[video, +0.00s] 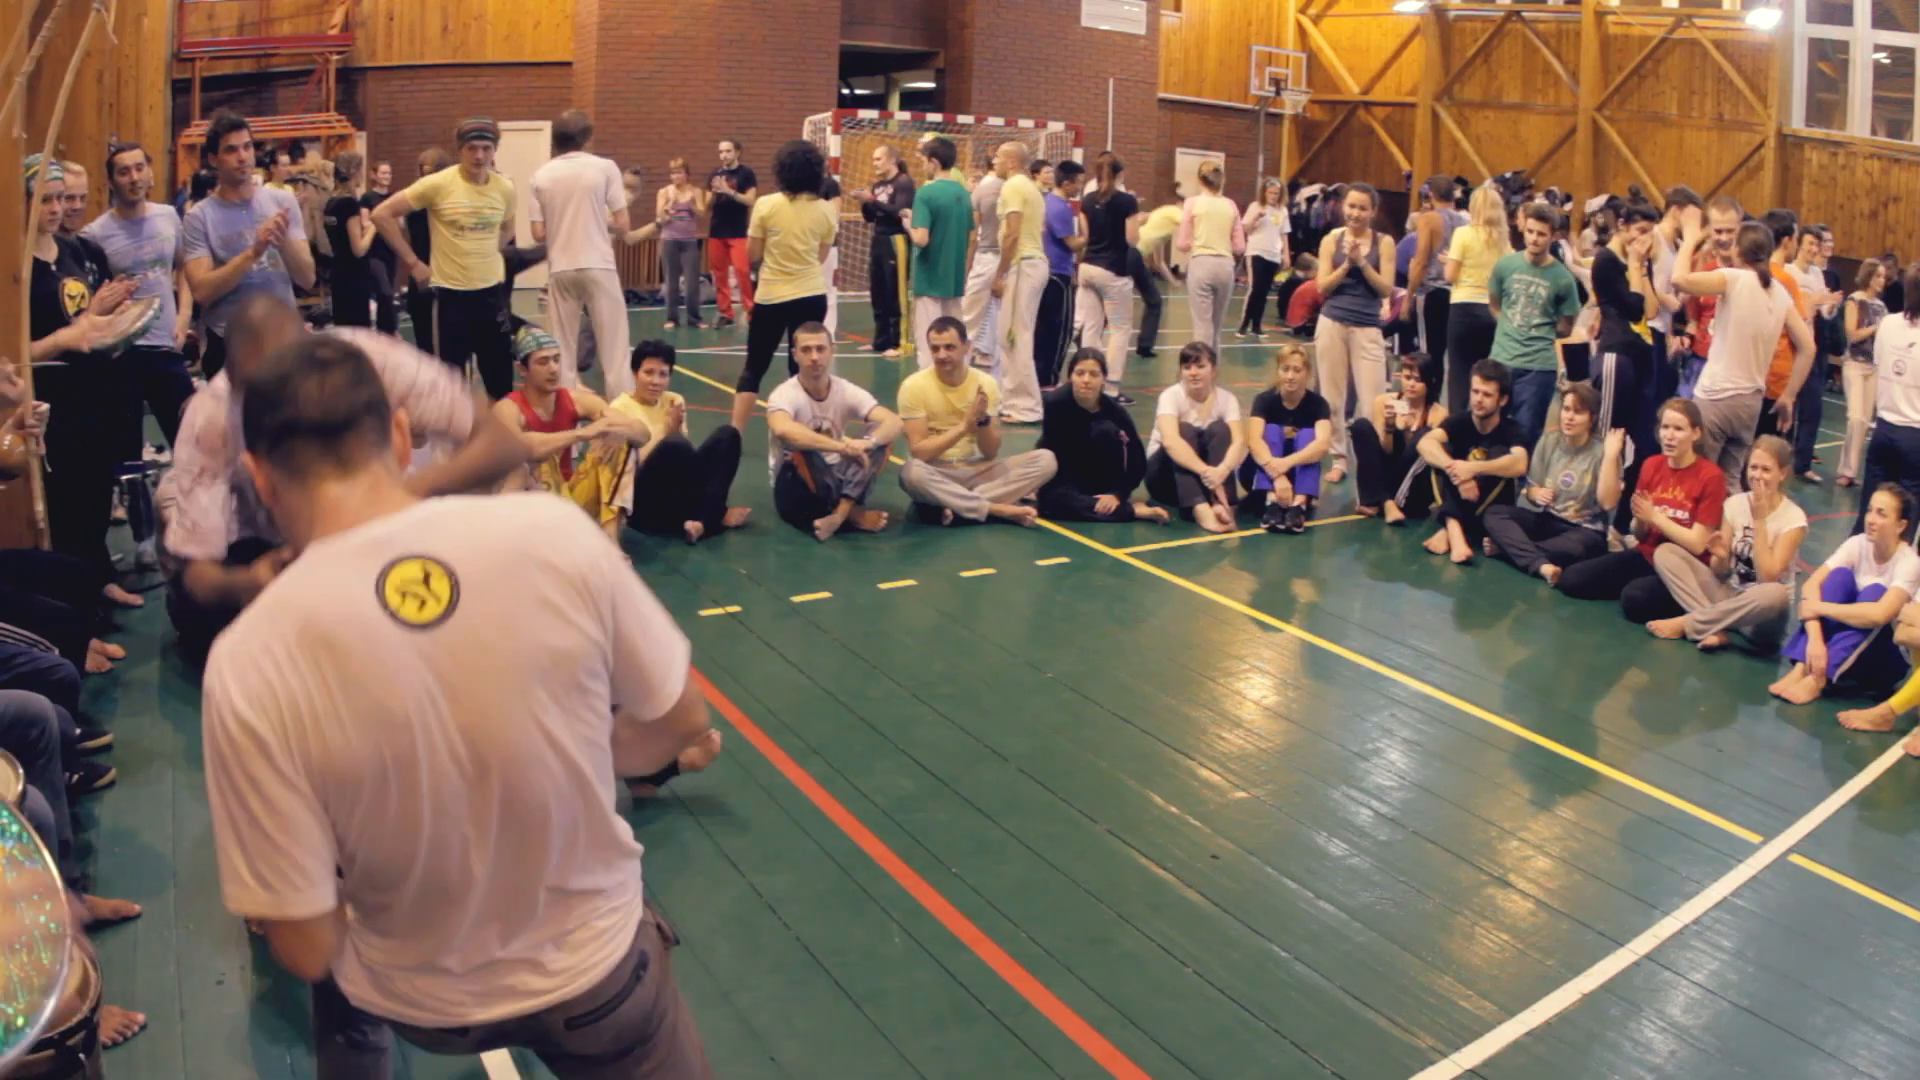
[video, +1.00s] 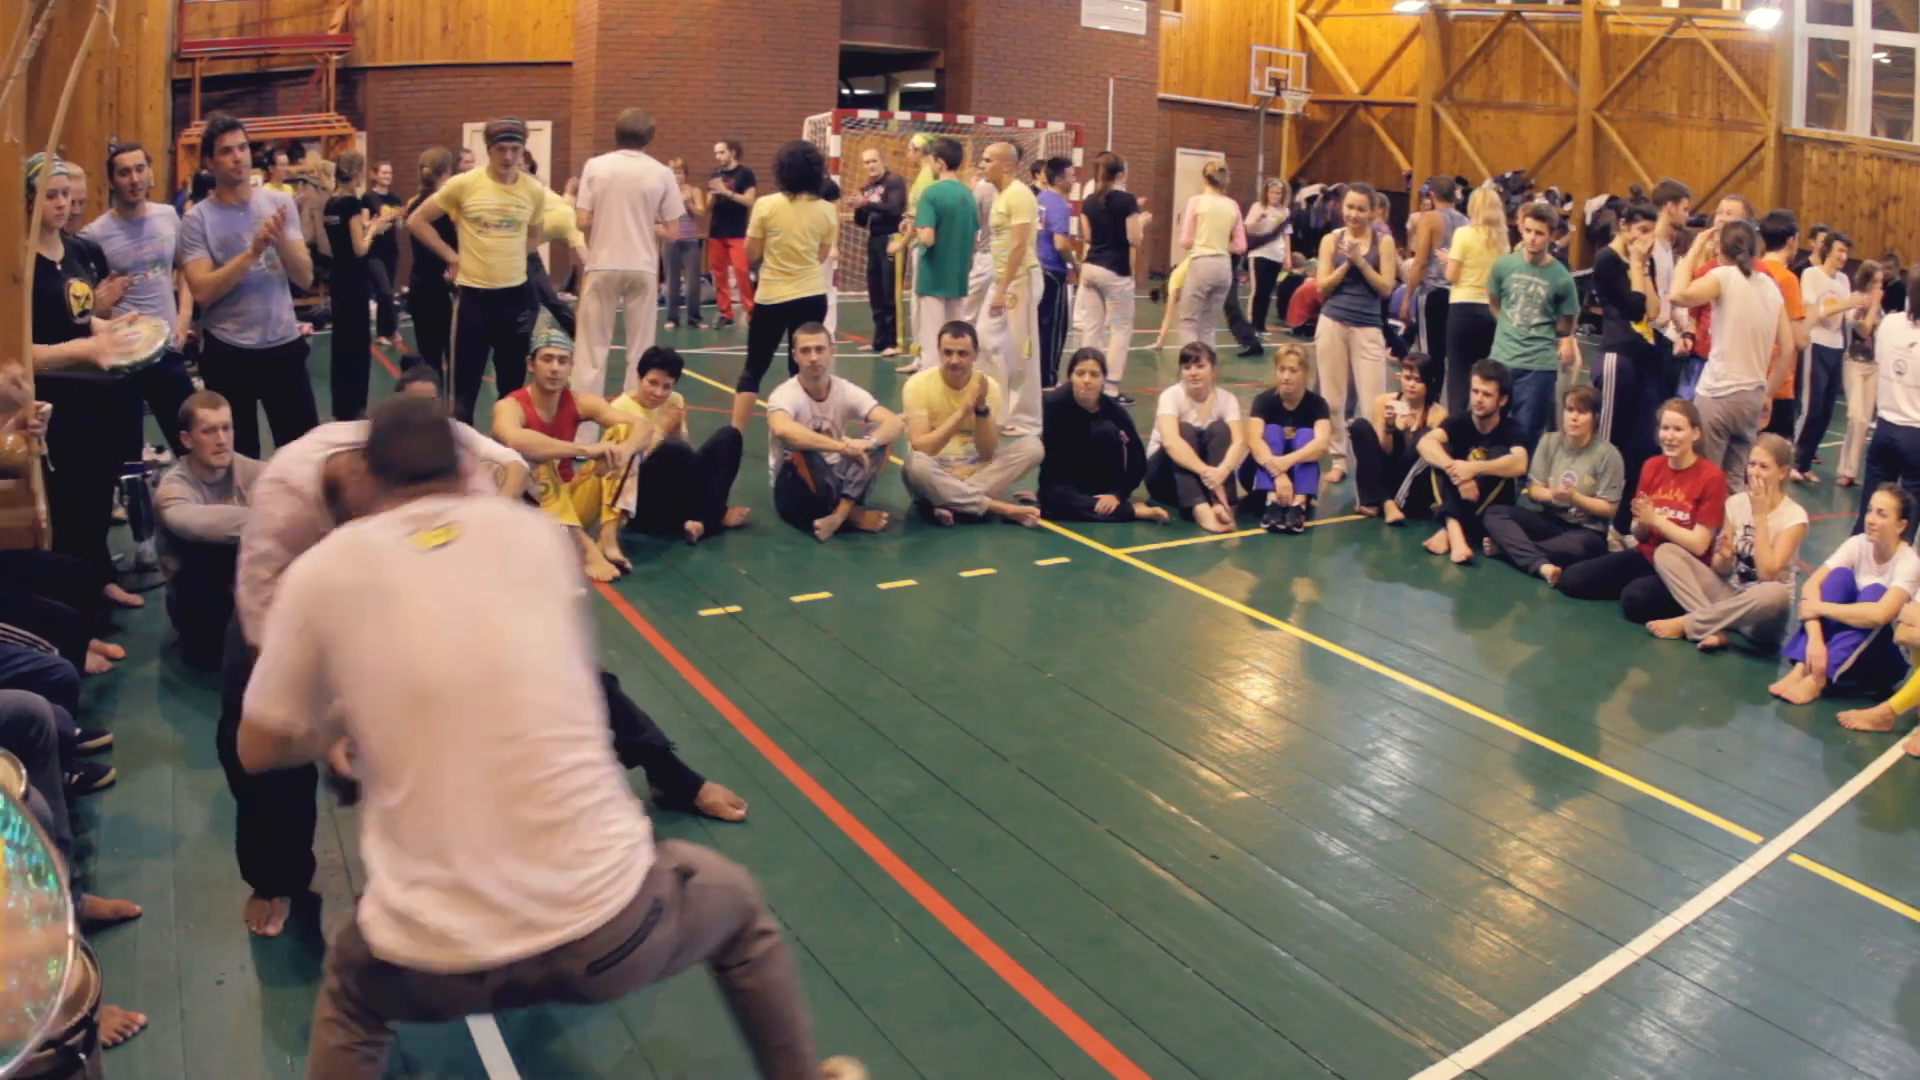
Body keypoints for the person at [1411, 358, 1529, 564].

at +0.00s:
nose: (1479, 400)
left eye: (1487, 395)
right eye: (1475, 392)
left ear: (1503, 400)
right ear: (1469, 392)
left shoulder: (1510, 429)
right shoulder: (1459, 420)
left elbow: (1520, 465)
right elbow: (1426, 444)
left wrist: (1473, 467)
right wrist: (1459, 475)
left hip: (1492, 509)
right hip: (1454, 504)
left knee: (1500, 456)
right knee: (1437, 455)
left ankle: (1449, 528)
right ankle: (1454, 530)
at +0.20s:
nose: (1478, 399)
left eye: (1487, 395)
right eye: (1475, 392)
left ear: (1503, 400)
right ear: (1469, 391)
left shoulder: (1511, 429)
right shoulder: (1459, 421)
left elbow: (1520, 465)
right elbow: (1425, 443)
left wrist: (1473, 468)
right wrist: (1459, 475)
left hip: (1492, 511)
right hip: (1454, 505)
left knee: (1499, 455)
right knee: (1438, 454)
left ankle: (1449, 528)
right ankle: (1454, 528)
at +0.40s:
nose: (1478, 399)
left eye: (1487, 395)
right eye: (1475, 392)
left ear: (1503, 401)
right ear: (1469, 392)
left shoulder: (1511, 429)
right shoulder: (1460, 421)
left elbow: (1519, 463)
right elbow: (1426, 444)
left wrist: (1473, 468)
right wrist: (1459, 475)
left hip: (1493, 510)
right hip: (1455, 504)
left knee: (1499, 457)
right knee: (1437, 456)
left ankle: (1449, 528)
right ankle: (1454, 530)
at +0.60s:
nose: (1478, 399)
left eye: (1487, 395)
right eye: (1475, 392)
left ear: (1503, 400)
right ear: (1469, 392)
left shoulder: (1511, 429)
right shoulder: (1460, 421)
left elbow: (1520, 465)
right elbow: (1426, 444)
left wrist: (1473, 467)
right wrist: (1459, 474)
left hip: (1493, 510)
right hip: (1455, 505)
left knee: (1500, 457)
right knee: (1438, 457)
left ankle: (1449, 529)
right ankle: (1454, 530)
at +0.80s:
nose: (1478, 399)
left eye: (1486, 395)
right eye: (1475, 392)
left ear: (1503, 400)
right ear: (1469, 392)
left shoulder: (1510, 429)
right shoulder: (1460, 421)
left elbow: (1519, 464)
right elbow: (1426, 443)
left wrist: (1473, 468)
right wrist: (1458, 474)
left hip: (1493, 510)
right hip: (1454, 504)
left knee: (1500, 456)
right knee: (1438, 453)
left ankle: (1449, 528)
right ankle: (1454, 528)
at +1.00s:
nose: (1479, 399)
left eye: (1487, 395)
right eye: (1475, 392)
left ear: (1503, 400)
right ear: (1469, 392)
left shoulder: (1511, 428)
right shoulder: (1459, 420)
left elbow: (1519, 465)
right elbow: (1425, 444)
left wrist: (1473, 467)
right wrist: (1459, 475)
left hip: (1492, 509)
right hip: (1454, 505)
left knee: (1499, 456)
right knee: (1438, 456)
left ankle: (1449, 528)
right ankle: (1455, 530)